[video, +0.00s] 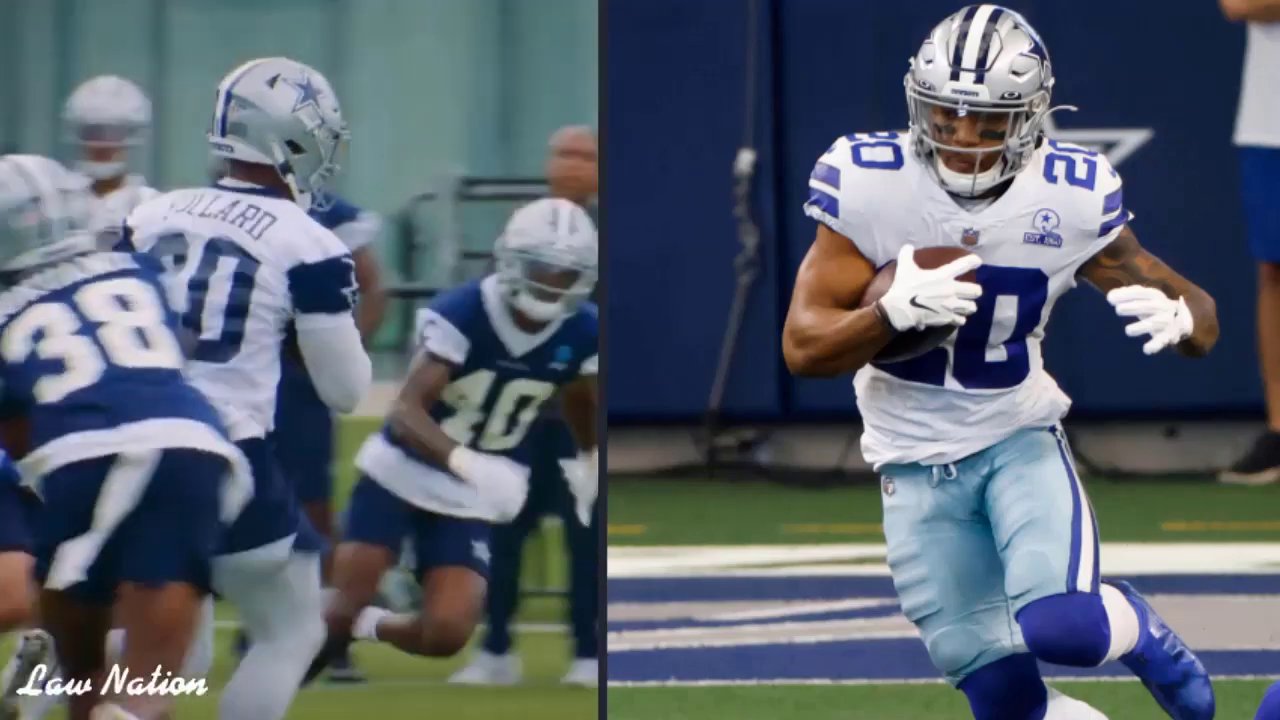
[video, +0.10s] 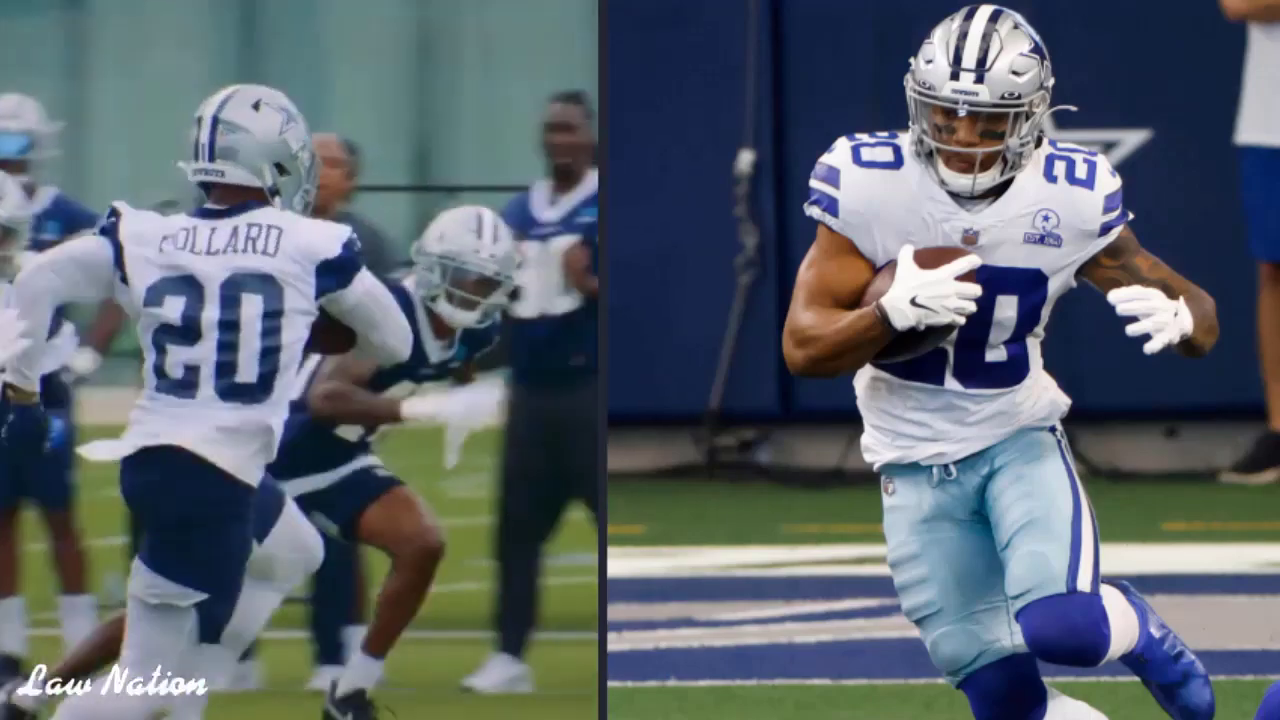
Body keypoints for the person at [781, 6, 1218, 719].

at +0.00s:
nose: (966, 137)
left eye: (988, 121)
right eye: (950, 117)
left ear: (1027, 118)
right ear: (922, 110)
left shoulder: (1072, 194)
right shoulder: (863, 180)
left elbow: (1197, 310)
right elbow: (801, 350)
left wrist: (1181, 318)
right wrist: (887, 313)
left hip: (1018, 437)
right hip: (911, 467)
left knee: (1054, 626)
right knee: (1001, 697)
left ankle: (1142, 632)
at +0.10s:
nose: (966, 137)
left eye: (988, 121)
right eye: (950, 117)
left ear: (1027, 118)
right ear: (922, 110)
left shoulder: (1072, 194)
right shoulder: (863, 180)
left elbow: (1197, 310)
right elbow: (801, 350)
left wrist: (1181, 318)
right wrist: (887, 313)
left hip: (1018, 437)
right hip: (911, 467)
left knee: (1054, 626)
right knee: (1001, 697)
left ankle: (1142, 632)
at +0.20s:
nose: (966, 137)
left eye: (988, 121)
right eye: (950, 116)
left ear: (1027, 118)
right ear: (922, 109)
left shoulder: (1071, 195)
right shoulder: (863, 180)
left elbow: (1197, 310)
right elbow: (801, 350)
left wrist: (1181, 319)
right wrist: (887, 313)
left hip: (1018, 436)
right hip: (911, 467)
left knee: (1053, 626)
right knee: (1001, 696)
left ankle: (1142, 633)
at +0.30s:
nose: (966, 137)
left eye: (988, 121)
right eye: (950, 116)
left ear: (1027, 118)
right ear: (922, 110)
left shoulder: (1071, 194)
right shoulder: (863, 179)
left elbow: (1197, 310)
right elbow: (801, 349)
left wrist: (1181, 319)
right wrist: (887, 313)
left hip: (1018, 437)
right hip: (911, 467)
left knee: (1054, 626)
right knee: (1001, 696)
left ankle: (1142, 633)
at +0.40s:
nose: (966, 137)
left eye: (988, 121)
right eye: (950, 116)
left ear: (1027, 118)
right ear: (922, 109)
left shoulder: (1071, 195)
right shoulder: (863, 180)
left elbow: (1197, 310)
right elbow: (801, 350)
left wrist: (1181, 319)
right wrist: (887, 313)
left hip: (1018, 436)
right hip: (911, 467)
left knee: (1053, 626)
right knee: (1001, 696)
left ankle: (1142, 633)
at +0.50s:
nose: (966, 137)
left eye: (988, 121)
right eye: (950, 117)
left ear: (1027, 118)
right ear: (922, 110)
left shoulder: (1072, 194)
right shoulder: (863, 180)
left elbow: (1197, 310)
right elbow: (801, 350)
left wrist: (1181, 318)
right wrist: (887, 313)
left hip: (1018, 437)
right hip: (911, 467)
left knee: (1054, 626)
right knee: (1001, 697)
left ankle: (1142, 632)